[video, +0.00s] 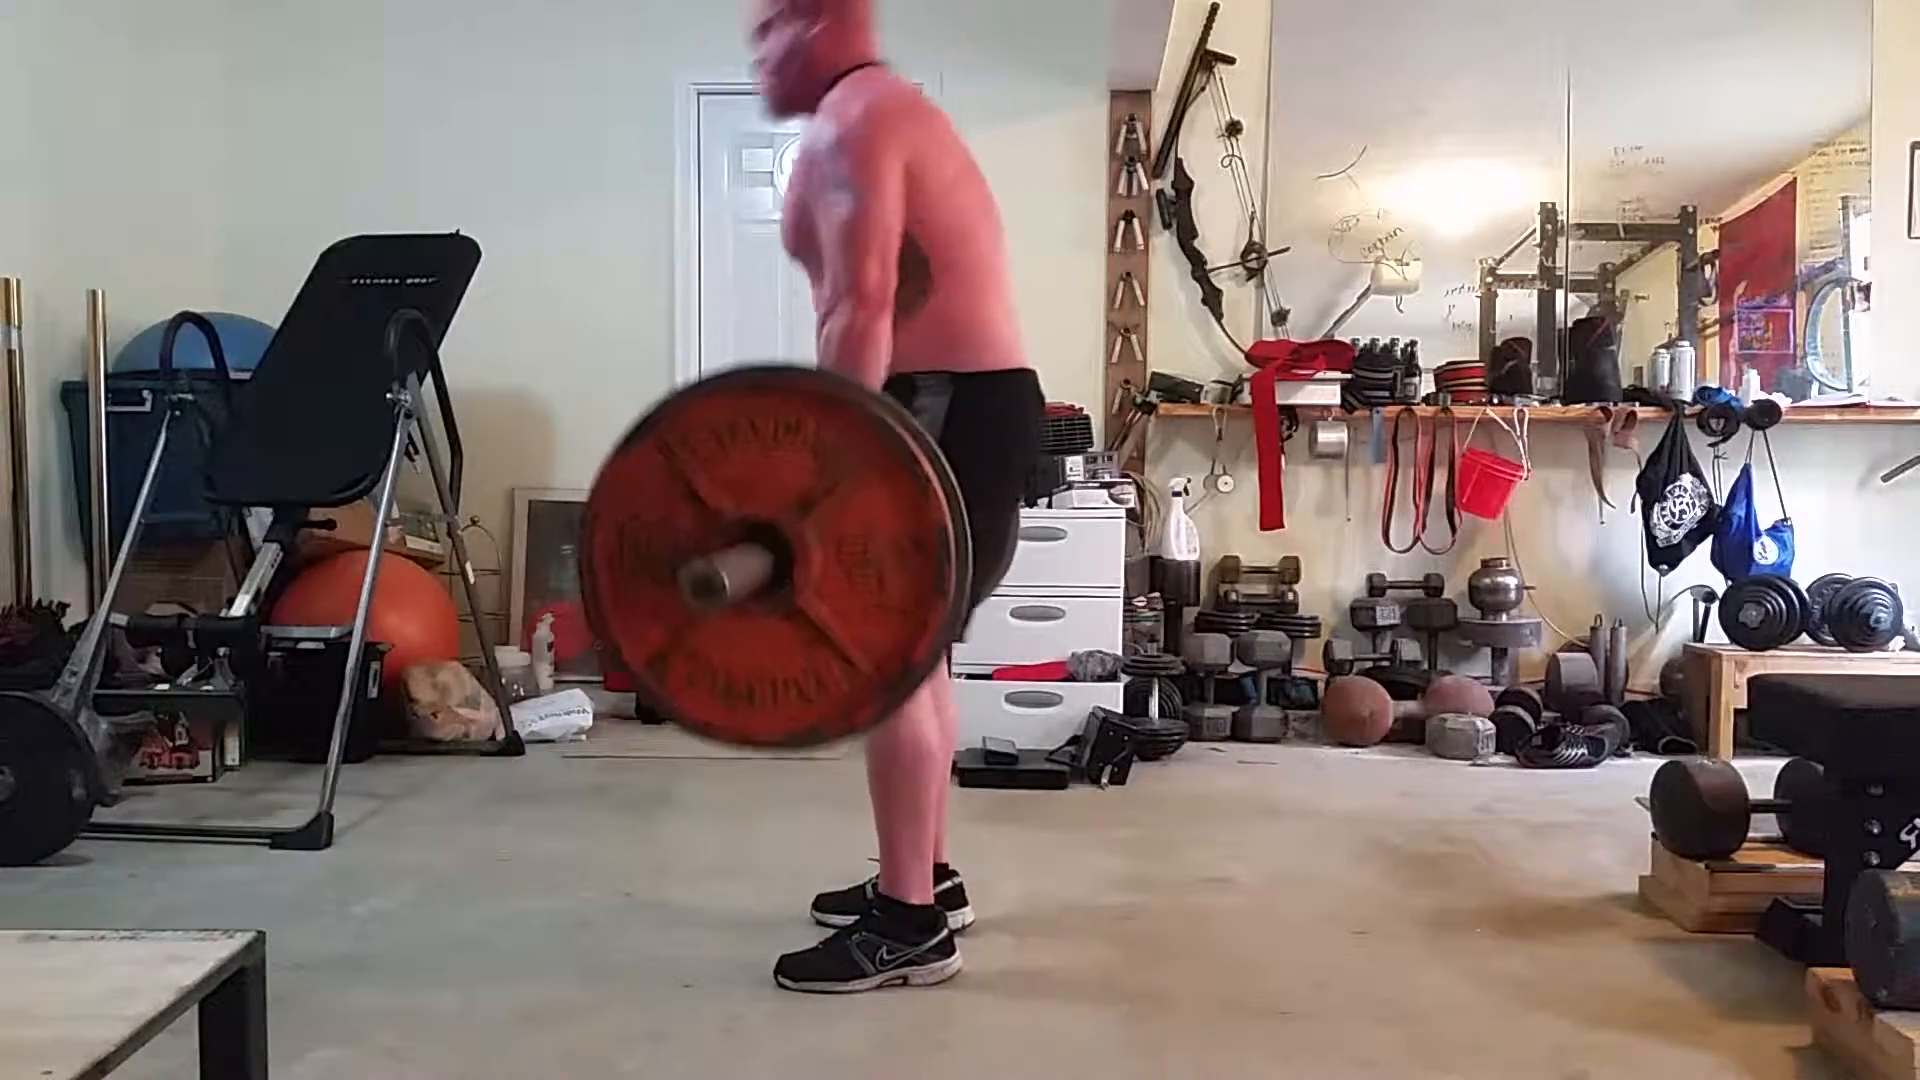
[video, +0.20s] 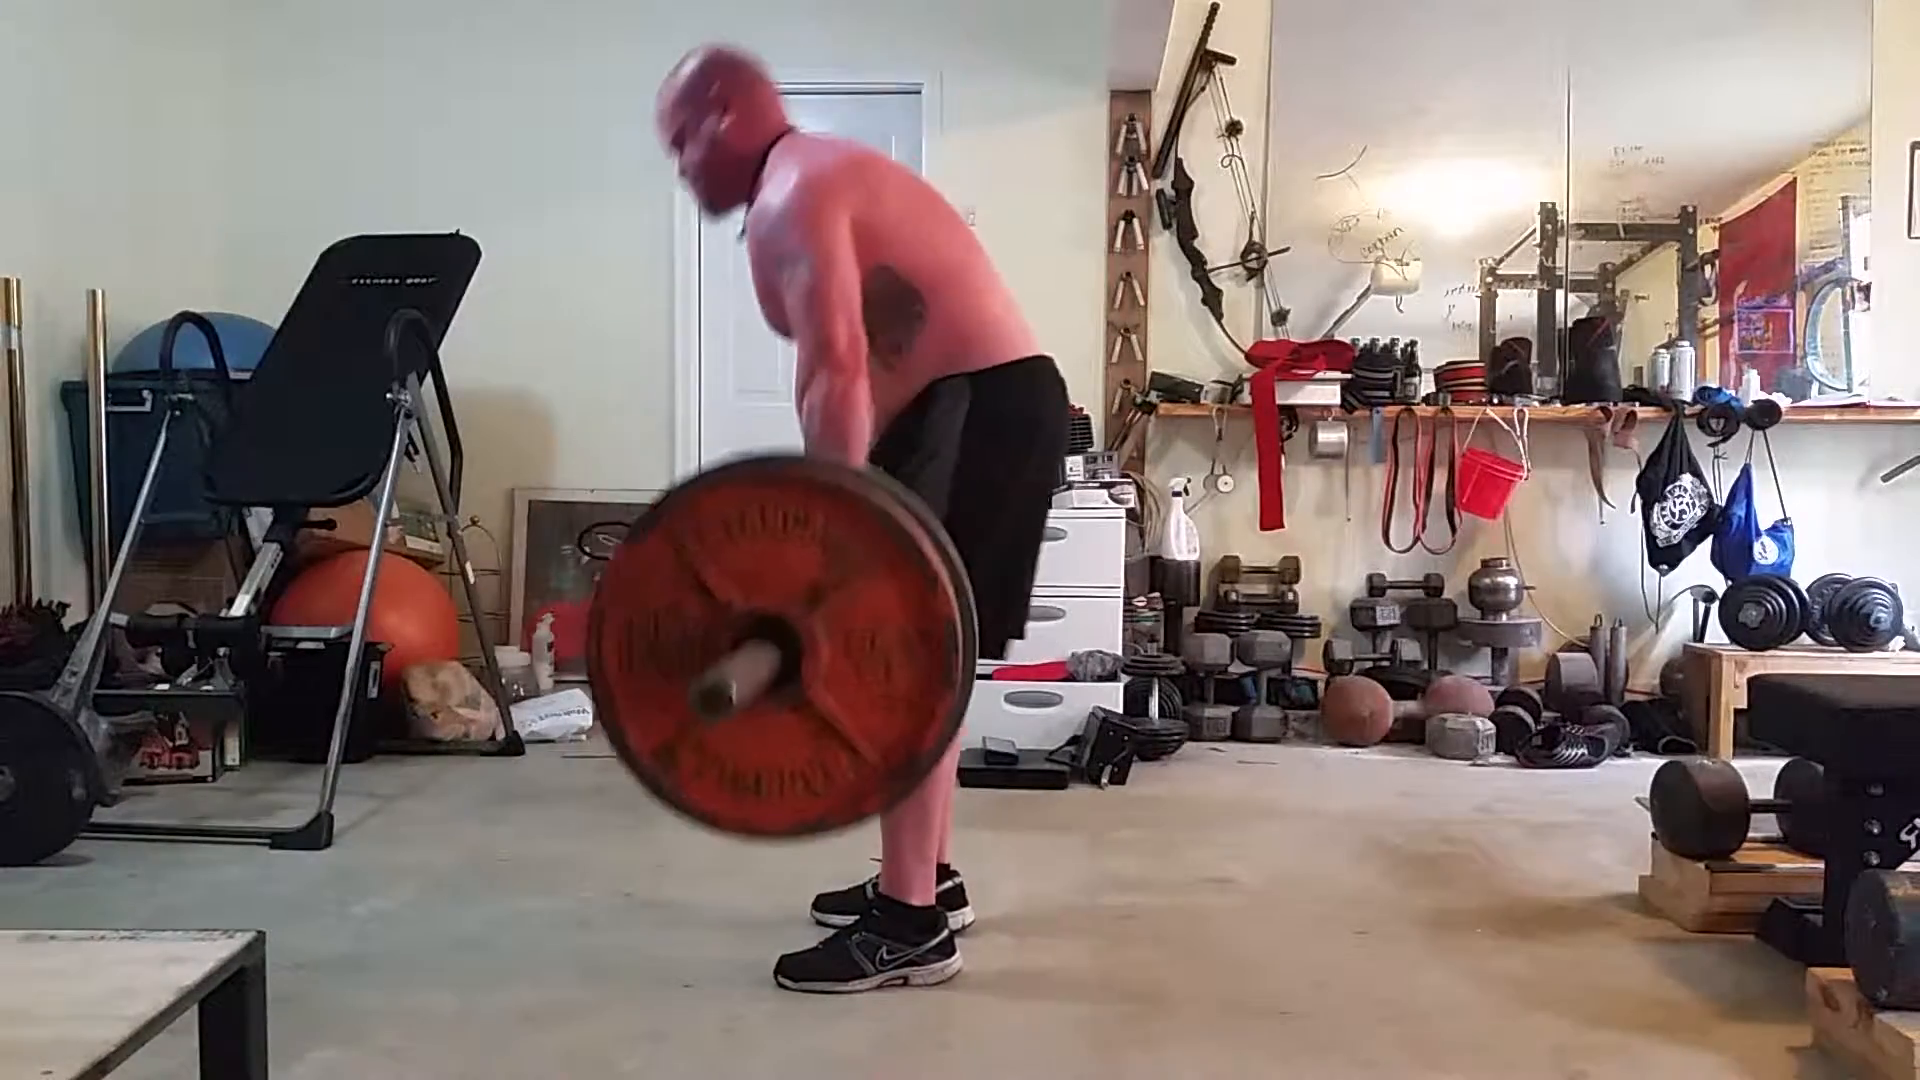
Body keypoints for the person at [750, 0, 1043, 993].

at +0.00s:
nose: (756, 54)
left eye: (768, 30)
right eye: (755, 35)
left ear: (821, 24)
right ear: (839, 31)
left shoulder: (860, 119)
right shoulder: (870, 117)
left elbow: (861, 305)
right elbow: (869, 312)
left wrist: (820, 470)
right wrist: (816, 463)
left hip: (948, 403)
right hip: (961, 403)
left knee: (895, 651)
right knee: (913, 649)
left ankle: (907, 919)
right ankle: (924, 881)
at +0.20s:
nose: (677, 168)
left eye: (679, 142)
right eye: (670, 148)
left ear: (727, 112)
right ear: (743, 114)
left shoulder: (801, 186)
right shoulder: (806, 185)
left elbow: (837, 369)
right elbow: (841, 372)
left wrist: (818, 544)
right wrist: (816, 545)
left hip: (975, 408)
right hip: (967, 405)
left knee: (913, 646)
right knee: (917, 642)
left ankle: (910, 913)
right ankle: (920, 878)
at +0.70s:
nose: (643, 379)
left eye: (636, 356)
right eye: (631, 364)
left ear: (672, 310)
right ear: (681, 304)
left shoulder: (757, 366)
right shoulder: (778, 345)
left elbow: (813, 539)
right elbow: (860, 531)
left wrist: (817, 708)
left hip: (1006, 425)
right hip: (1027, 414)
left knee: (898, 664)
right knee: (925, 662)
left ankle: (919, 915)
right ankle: (929, 895)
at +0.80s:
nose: (642, 401)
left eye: (635, 378)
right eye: (630, 387)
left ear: (669, 332)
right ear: (677, 327)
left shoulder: (755, 387)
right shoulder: (781, 357)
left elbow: (813, 560)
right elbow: (858, 545)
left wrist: (815, 728)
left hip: (1010, 429)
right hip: (1033, 417)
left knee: (896, 659)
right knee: (922, 658)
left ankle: (924, 910)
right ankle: (931, 892)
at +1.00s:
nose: (647, 401)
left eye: (641, 379)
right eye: (636, 387)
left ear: (675, 334)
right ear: (683, 328)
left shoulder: (761, 389)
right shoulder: (783, 360)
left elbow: (817, 560)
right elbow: (861, 545)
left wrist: (818, 725)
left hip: (1012, 431)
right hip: (1036, 420)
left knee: (895, 658)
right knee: (926, 658)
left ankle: (922, 911)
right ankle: (935, 890)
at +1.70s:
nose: (765, 40)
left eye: (782, 19)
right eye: (770, 22)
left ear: (836, 25)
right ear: (851, 33)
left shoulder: (859, 124)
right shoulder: (873, 121)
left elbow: (867, 304)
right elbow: (878, 308)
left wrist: (838, 467)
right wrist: (835, 461)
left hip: (959, 399)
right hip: (970, 398)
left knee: (925, 657)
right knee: (932, 654)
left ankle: (912, 917)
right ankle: (926, 882)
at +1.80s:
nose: (804, 15)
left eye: (818, 2)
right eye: (810, 2)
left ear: (868, 8)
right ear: (894, 16)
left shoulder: (886, 100)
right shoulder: (929, 100)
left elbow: (886, 282)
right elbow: (914, 287)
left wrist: (826, 445)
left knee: (916, 657)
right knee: (931, 653)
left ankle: (911, 919)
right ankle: (929, 880)